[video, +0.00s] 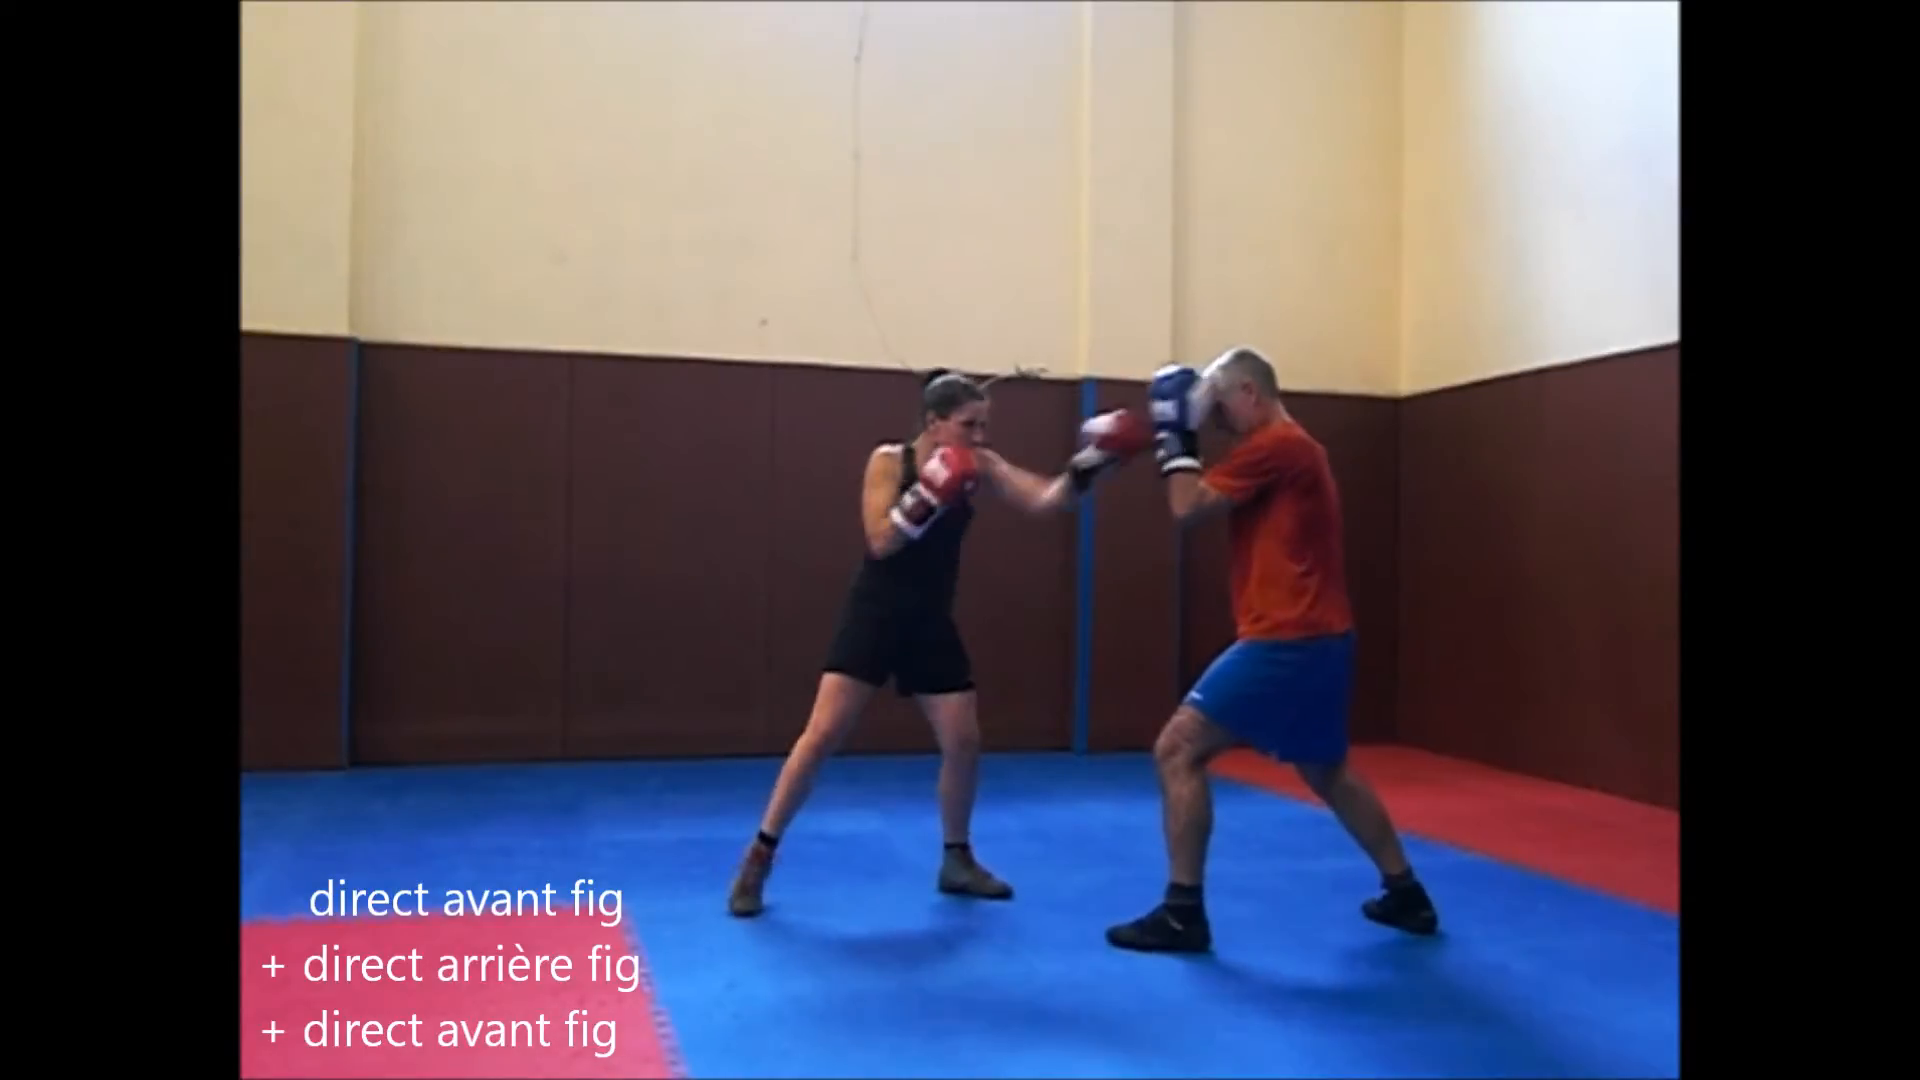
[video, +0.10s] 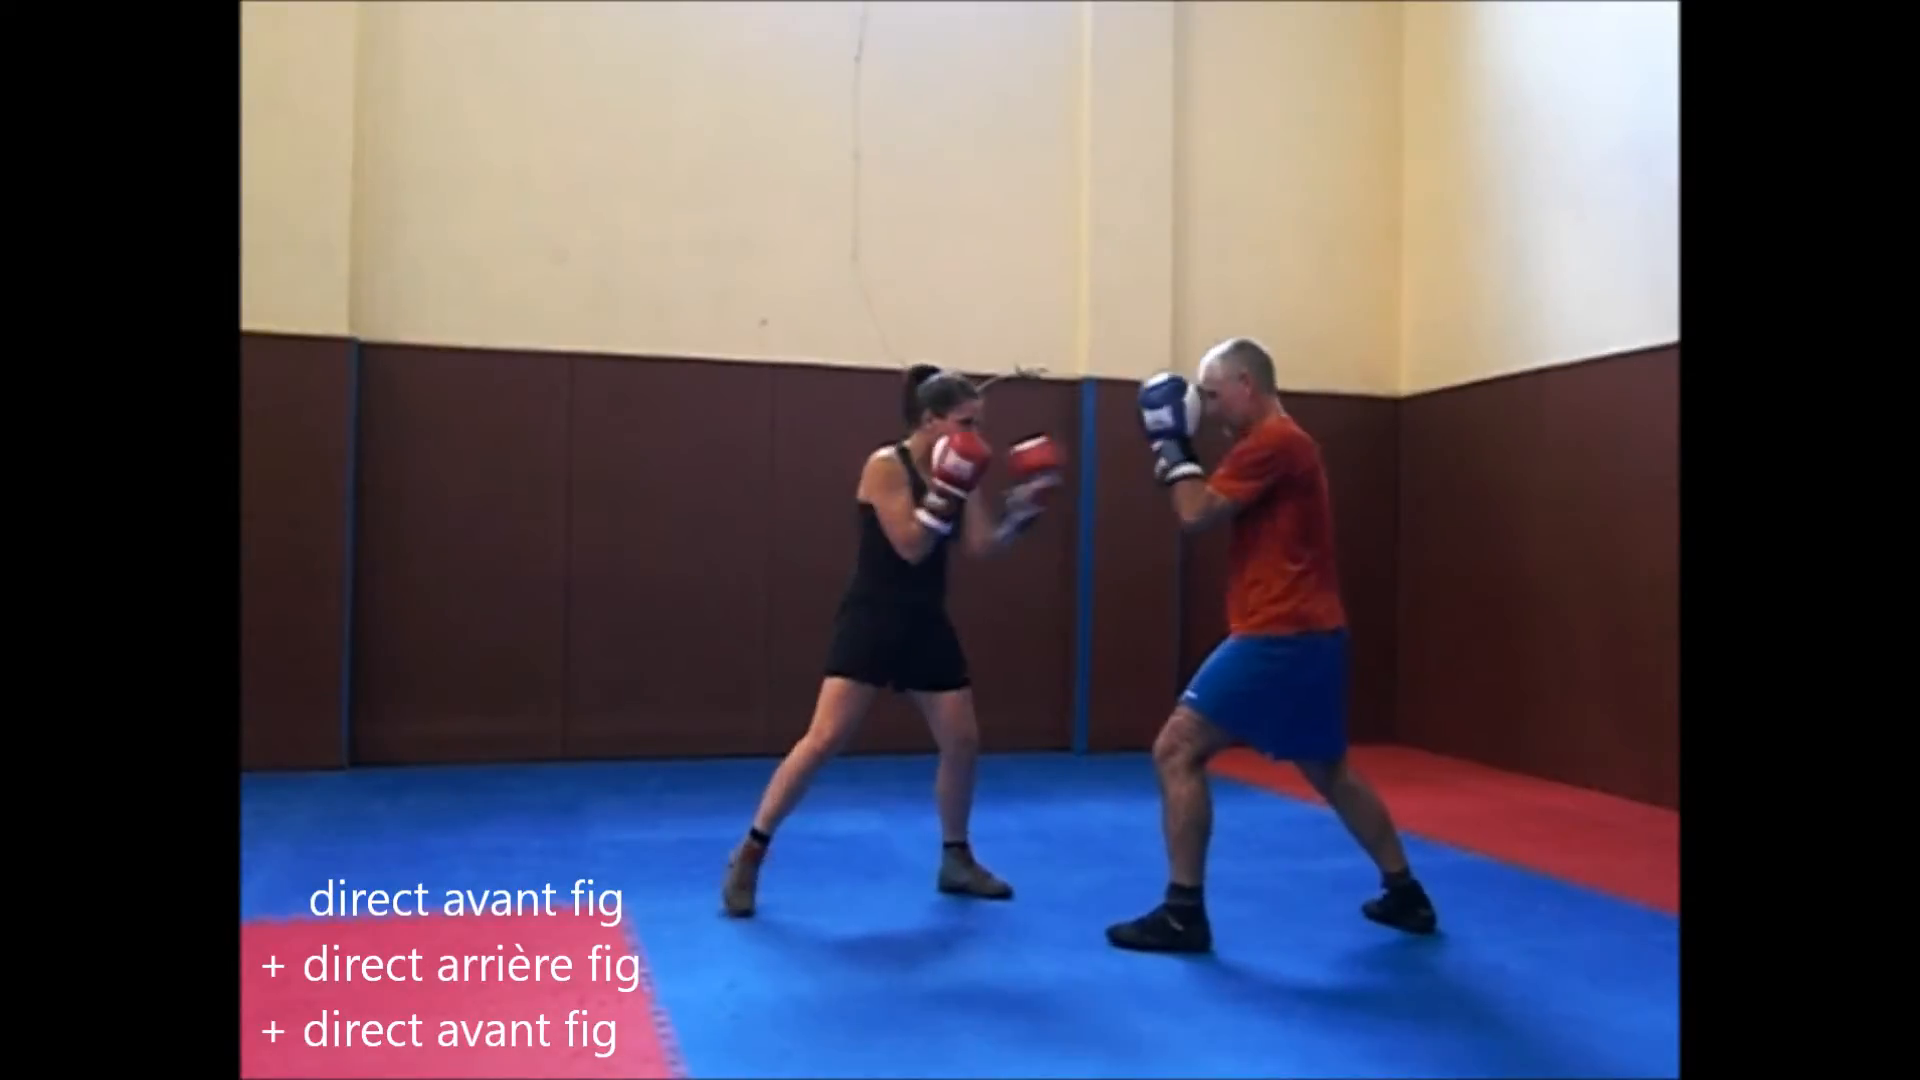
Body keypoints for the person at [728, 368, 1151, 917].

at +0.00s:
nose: (981, 435)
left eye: (984, 424)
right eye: (971, 424)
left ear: (980, 424)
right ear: (934, 422)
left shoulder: (980, 466)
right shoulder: (890, 462)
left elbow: (1043, 499)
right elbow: (879, 541)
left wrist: (1087, 465)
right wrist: (928, 496)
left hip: (930, 622)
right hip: (874, 616)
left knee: (963, 739)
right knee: (824, 732)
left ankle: (957, 861)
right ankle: (759, 857)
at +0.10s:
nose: (973, 435)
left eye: (974, 425)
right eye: (965, 423)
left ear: (948, 422)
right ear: (932, 419)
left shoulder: (955, 471)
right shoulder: (886, 466)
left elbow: (979, 544)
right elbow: (910, 544)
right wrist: (947, 489)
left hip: (925, 625)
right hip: (870, 623)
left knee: (960, 740)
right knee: (824, 738)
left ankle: (957, 860)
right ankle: (750, 853)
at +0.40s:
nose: (929, 429)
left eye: (932, 419)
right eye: (927, 418)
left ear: (903, 412)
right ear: (901, 410)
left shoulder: (895, 459)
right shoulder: (851, 451)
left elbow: (939, 526)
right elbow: (899, 523)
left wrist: (957, 471)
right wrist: (928, 472)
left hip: (879, 617)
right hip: (828, 616)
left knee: (938, 729)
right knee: (792, 741)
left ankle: (935, 851)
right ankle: (723, 860)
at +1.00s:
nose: (855, 447)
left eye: (860, 438)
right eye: (852, 435)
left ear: (840, 429)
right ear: (821, 423)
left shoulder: (831, 472)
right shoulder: (780, 466)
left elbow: (876, 513)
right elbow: (851, 514)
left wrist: (901, 467)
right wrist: (877, 475)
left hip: (835, 633)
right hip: (782, 635)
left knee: (892, 743)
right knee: (749, 762)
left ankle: (890, 868)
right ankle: (688, 881)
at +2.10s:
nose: (886, 433)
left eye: (887, 423)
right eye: (881, 422)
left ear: (851, 420)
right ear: (852, 419)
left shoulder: (843, 467)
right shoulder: (813, 465)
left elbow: (893, 523)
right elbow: (897, 514)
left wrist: (919, 463)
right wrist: (918, 460)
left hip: (850, 623)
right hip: (806, 629)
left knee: (930, 713)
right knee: (809, 758)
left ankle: (916, 835)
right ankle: (755, 875)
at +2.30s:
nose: (918, 430)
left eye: (921, 420)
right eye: (910, 419)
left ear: (910, 418)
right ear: (872, 414)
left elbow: (988, 485)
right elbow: (826, 542)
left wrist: (1036, 456)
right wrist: (884, 494)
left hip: (898, 615)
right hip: (837, 618)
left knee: (948, 735)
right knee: (812, 741)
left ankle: (961, 850)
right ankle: (751, 871)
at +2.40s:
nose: (937, 438)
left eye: (940, 428)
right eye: (930, 426)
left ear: (929, 427)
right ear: (891, 420)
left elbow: (1014, 497)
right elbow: (832, 551)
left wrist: (1059, 463)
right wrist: (884, 509)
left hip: (912, 626)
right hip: (856, 627)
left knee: (955, 741)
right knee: (833, 746)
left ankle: (956, 865)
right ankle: (759, 870)